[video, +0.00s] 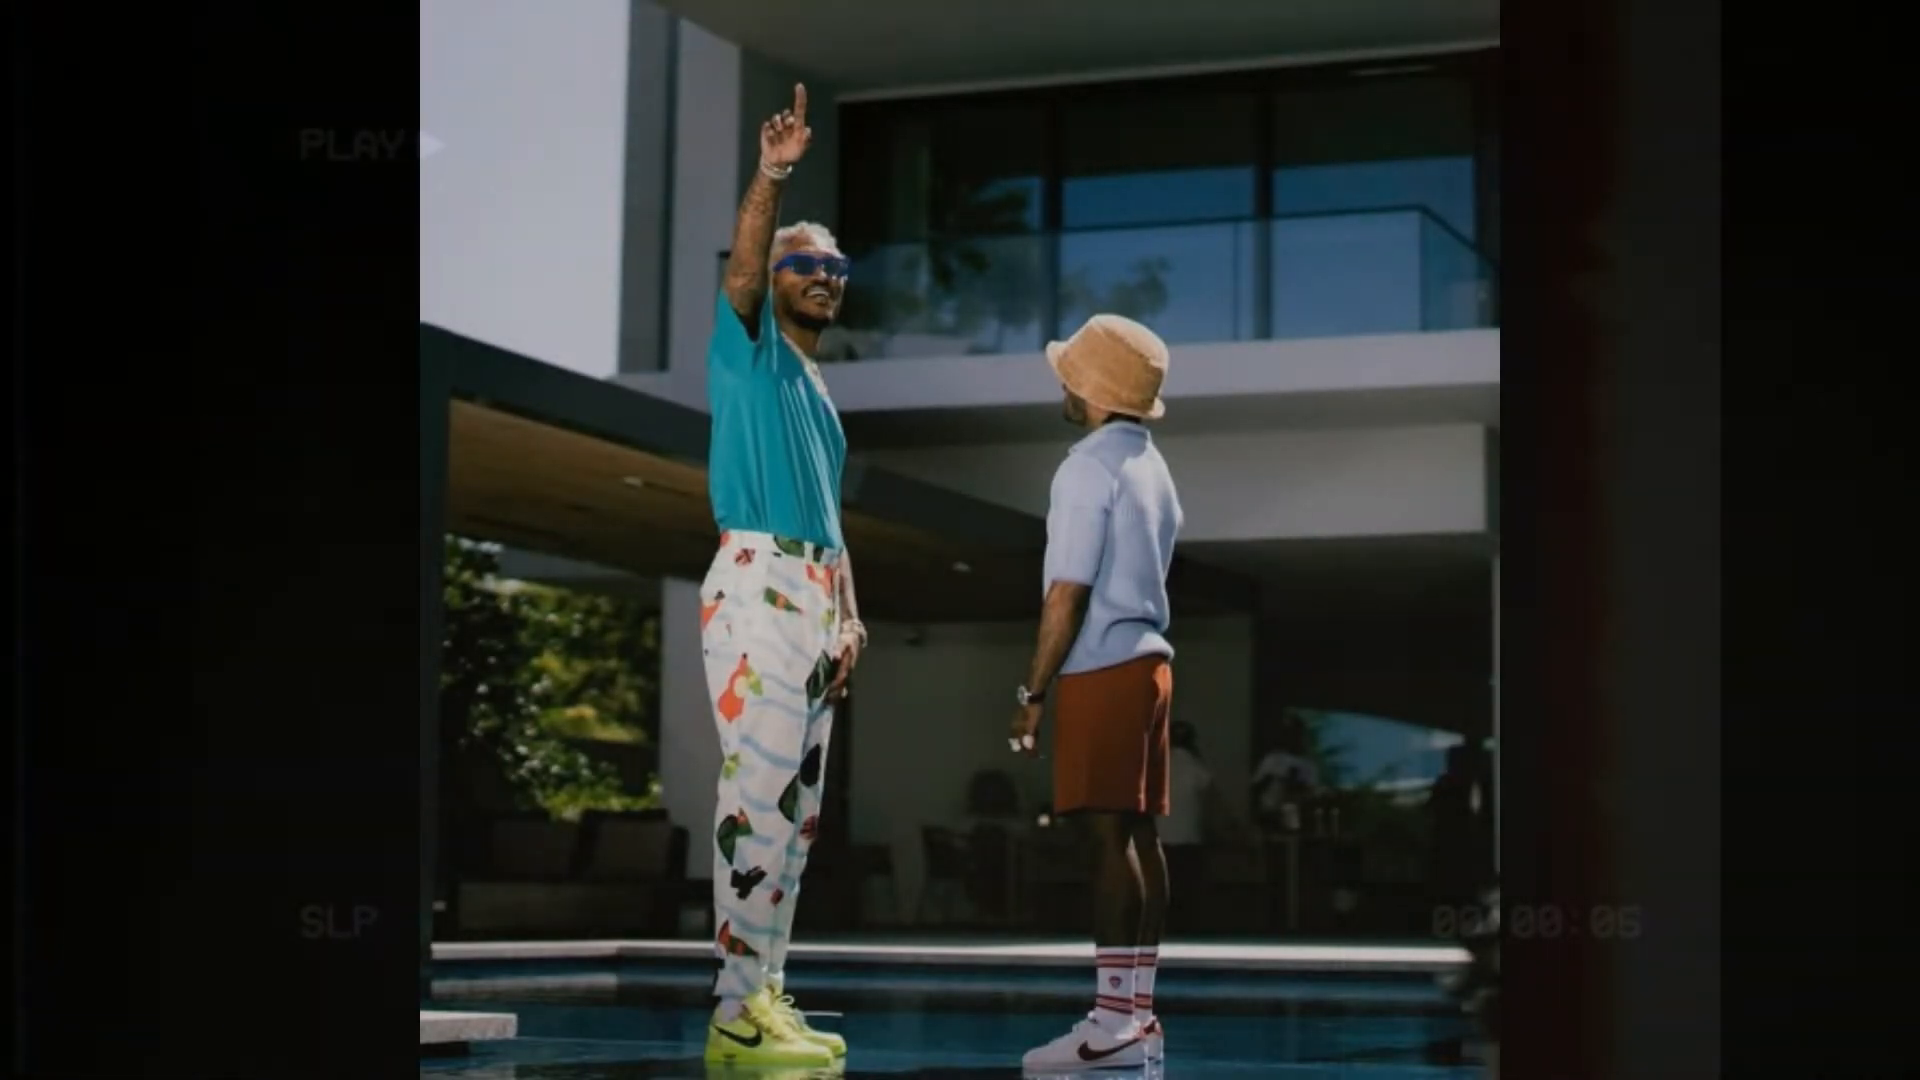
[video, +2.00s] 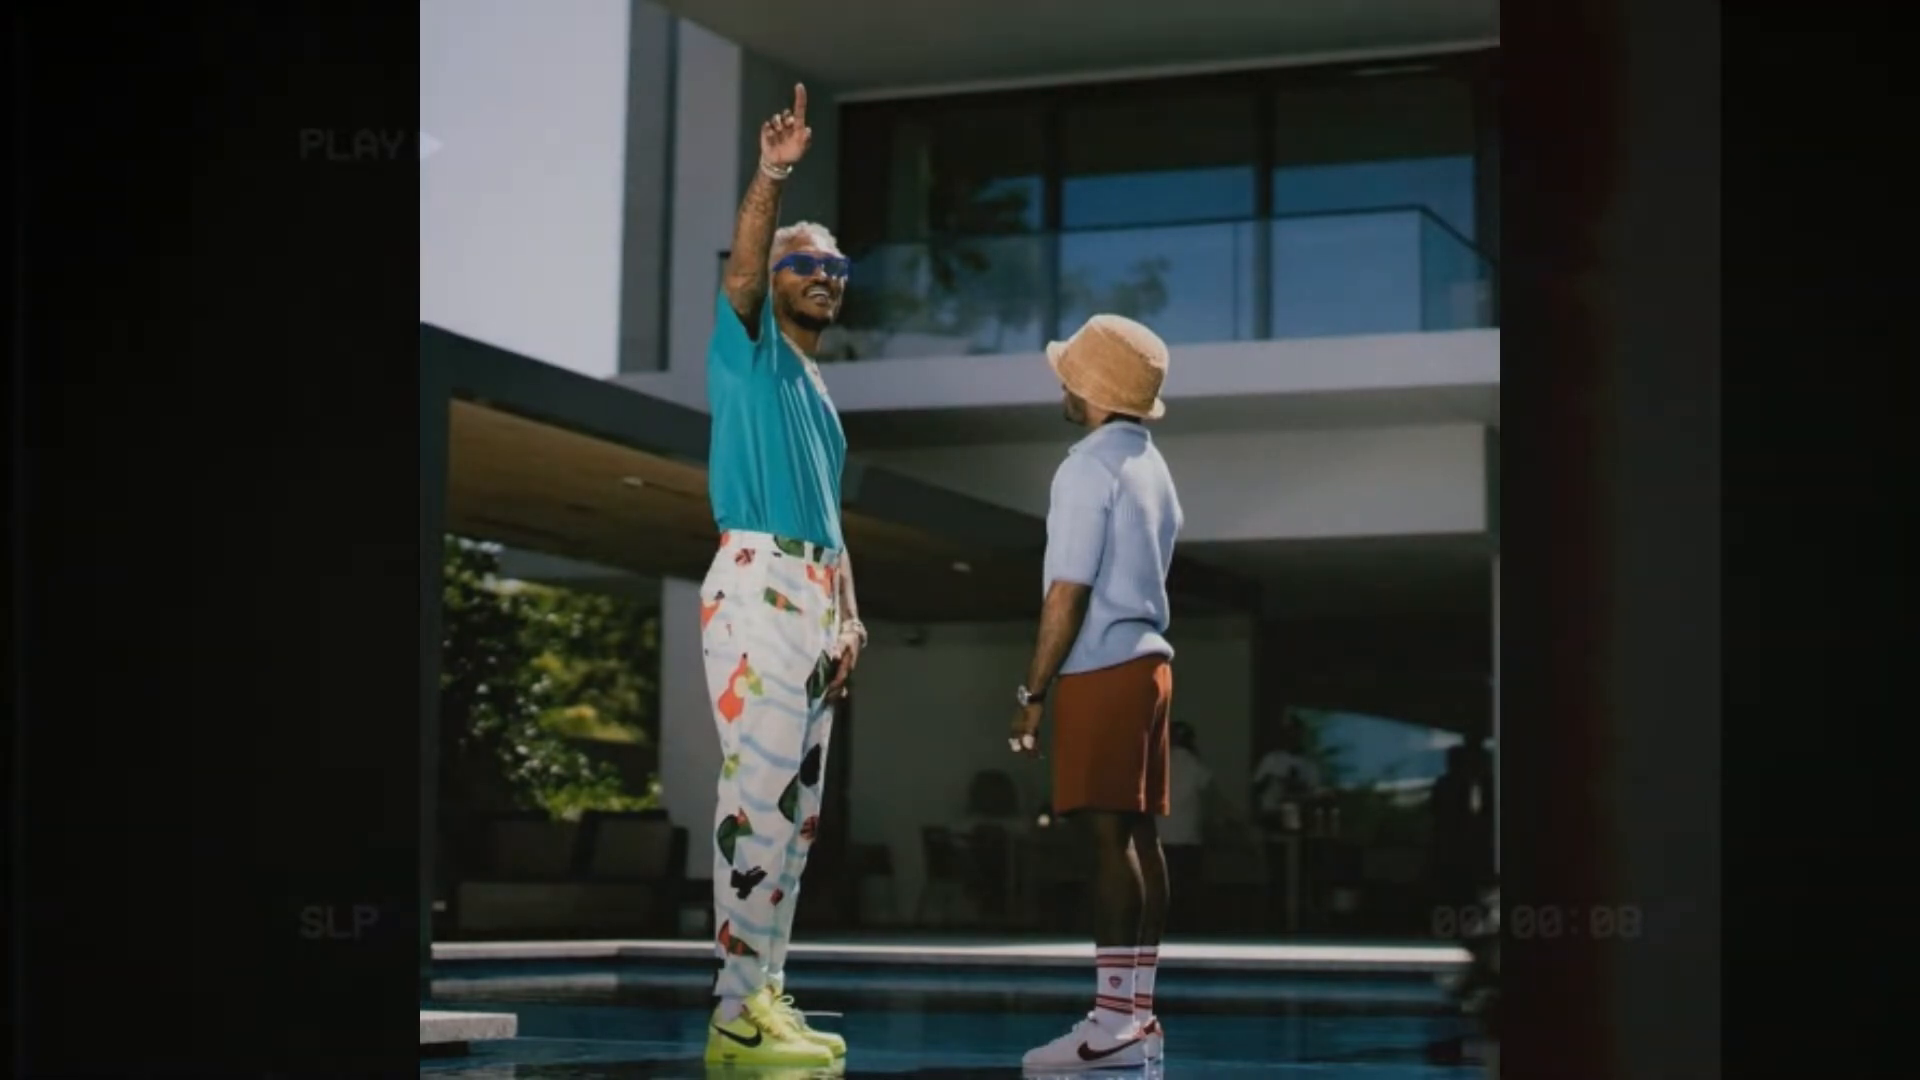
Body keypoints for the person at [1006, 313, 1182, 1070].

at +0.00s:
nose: (1064, 389)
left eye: (1072, 379)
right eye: (1069, 377)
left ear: (1091, 392)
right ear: (1131, 394)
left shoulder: (1088, 468)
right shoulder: (1148, 463)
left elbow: (1067, 595)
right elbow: (1146, 578)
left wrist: (1031, 691)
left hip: (1104, 670)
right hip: (1146, 666)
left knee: (1108, 838)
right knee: (1141, 838)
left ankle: (1115, 1014)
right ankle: (1135, 1011)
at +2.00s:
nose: (1064, 387)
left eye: (1072, 377)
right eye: (1069, 376)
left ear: (1092, 390)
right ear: (1130, 394)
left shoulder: (1087, 468)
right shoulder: (1147, 463)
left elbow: (1067, 594)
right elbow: (1148, 578)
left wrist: (1032, 691)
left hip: (1104, 669)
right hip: (1147, 665)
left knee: (1108, 839)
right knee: (1139, 838)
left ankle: (1116, 1015)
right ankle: (1135, 1012)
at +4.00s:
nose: (1064, 388)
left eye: (1072, 378)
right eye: (1068, 376)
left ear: (1093, 391)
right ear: (1130, 395)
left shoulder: (1087, 468)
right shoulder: (1148, 463)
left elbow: (1067, 594)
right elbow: (1149, 576)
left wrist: (1031, 692)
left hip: (1104, 669)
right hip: (1146, 666)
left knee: (1108, 839)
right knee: (1140, 839)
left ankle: (1116, 1015)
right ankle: (1135, 1012)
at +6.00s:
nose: (1064, 388)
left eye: (1072, 378)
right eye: (1068, 377)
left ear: (1092, 391)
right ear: (1130, 394)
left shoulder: (1088, 468)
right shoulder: (1148, 463)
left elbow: (1067, 595)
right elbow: (1146, 580)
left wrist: (1031, 692)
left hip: (1104, 669)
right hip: (1146, 665)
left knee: (1107, 837)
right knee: (1139, 838)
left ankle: (1115, 1015)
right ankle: (1135, 1012)